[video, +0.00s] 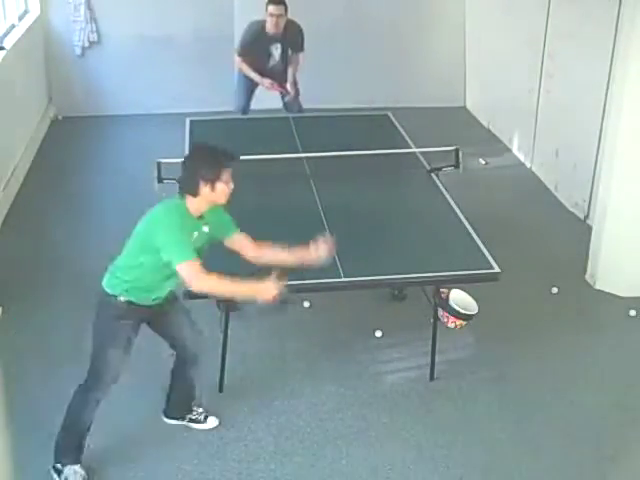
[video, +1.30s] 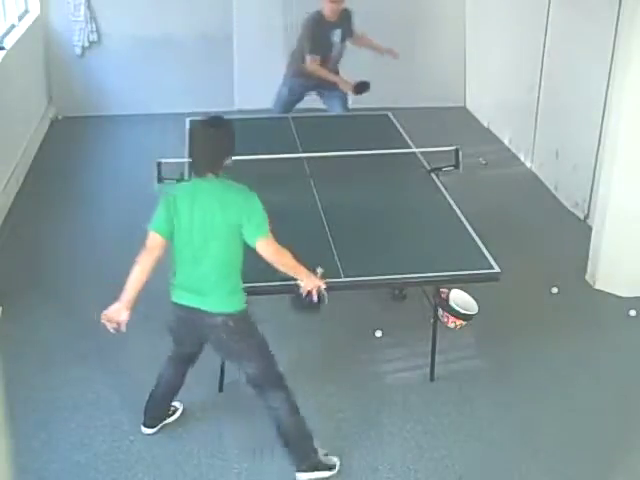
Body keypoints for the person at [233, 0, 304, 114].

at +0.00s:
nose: (275, 21)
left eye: (280, 16)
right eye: (271, 16)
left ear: (286, 17)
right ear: (266, 15)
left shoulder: (294, 30)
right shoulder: (254, 29)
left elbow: (294, 58)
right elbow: (239, 61)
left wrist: (290, 82)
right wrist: (261, 80)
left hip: (280, 74)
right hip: (252, 71)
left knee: (296, 110)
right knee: (241, 109)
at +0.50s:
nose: (261, 13)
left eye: (265, 9)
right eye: (257, 9)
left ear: (271, 9)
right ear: (252, 9)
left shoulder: (282, 24)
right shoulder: (243, 26)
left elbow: (289, 51)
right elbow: (231, 56)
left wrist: (286, 76)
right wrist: (253, 78)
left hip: (273, 70)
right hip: (245, 68)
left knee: (291, 110)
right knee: (230, 107)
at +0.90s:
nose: (255, 10)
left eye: (259, 5)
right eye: (251, 5)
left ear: (266, 6)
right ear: (247, 6)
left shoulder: (279, 21)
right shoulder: (237, 27)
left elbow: (295, 43)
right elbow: (224, 59)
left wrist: (300, 64)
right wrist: (240, 81)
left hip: (278, 76)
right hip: (248, 76)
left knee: (298, 112)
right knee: (232, 113)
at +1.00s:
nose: (272, 11)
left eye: (275, 7)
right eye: (268, 7)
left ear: (280, 8)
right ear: (261, 8)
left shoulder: (289, 23)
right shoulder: (250, 29)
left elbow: (305, 44)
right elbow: (236, 62)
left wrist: (317, 64)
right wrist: (254, 80)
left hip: (286, 78)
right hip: (256, 78)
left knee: (308, 113)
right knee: (238, 115)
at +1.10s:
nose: (294, 12)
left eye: (297, 7)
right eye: (290, 7)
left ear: (302, 9)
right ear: (282, 8)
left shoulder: (308, 24)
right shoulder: (270, 29)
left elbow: (319, 45)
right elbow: (261, 69)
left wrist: (338, 62)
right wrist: (287, 80)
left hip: (301, 81)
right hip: (272, 82)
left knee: (319, 117)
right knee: (248, 114)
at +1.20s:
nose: (317, 11)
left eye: (321, 7)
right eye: (313, 7)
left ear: (326, 9)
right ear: (306, 6)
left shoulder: (329, 21)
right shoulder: (294, 27)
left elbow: (336, 45)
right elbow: (289, 69)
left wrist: (366, 60)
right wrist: (322, 81)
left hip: (318, 82)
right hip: (289, 82)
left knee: (336, 121)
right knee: (264, 120)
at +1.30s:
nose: (336, 6)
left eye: (339, 3)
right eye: (332, 3)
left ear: (343, 5)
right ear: (324, 3)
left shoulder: (345, 16)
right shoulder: (313, 22)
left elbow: (353, 38)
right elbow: (311, 65)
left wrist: (382, 50)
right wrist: (341, 81)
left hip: (329, 80)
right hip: (299, 78)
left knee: (342, 117)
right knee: (276, 117)